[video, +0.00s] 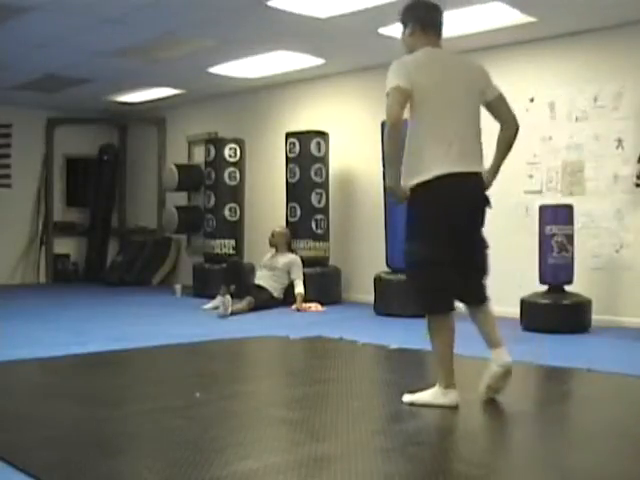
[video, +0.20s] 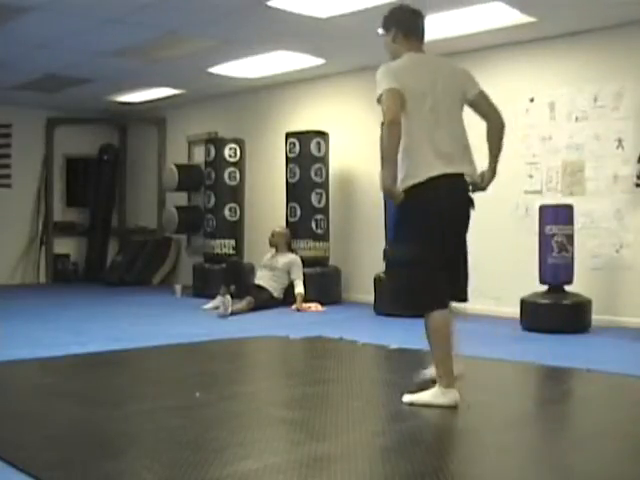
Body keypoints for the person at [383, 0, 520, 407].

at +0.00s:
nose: (402, 40)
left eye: (403, 33)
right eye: (403, 34)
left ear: (413, 31)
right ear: (438, 30)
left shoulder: (405, 66)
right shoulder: (470, 67)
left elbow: (393, 121)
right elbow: (510, 123)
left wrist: (392, 179)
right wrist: (491, 173)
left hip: (431, 190)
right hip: (470, 187)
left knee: (435, 288)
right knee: (468, 281)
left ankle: (444, 387)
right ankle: (499, 353)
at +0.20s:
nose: (385, 45)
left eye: (386, 38)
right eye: (386, 39)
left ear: (395, 36)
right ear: (421, 36)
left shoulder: (392, 71)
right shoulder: (453, 71)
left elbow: (392, 120)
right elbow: (495, 119)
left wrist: (388, 182)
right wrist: (490, 170)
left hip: (422, 193)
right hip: (456, 190)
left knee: (431, 291)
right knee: (437, 286)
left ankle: (445, 386)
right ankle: (443, 368)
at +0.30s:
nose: (378, 51)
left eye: (378, 44)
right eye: (378, 45)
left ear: (390, 39)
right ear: (413, 38)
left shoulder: (388, 74)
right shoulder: (447, 76)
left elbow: (384, 128)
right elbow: (485, 129)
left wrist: (374, 186)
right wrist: (473, 177)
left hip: (413, 197)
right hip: (447, 194)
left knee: (431, 294)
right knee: (424, 286)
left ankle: (445, 386)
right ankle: (419, 365)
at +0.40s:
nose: (369, 55)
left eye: (371, 46)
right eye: (367, 47)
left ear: (389, 41)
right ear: (404, 42)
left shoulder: (383, 76)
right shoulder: (439, 80)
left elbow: (376, 131)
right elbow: (472, 141)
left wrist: (360, 185)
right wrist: (449, 179)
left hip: (403, 199)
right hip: (436, 197)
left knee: (425, 294)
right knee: (413, 288)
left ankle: (444, 385)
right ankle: (400, 366)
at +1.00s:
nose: (330, 56)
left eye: (336, 48)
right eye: (325, 50)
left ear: (355, 46)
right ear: (322, 54)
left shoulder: (380, 83)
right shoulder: (338, 100)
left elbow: (412, 132)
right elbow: (333, 153)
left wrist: (407, 185)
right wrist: (318, 187)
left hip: (376, 198)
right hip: (348, 200)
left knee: (360, 287)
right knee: (369, 287)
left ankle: (350, 371)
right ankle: (393, 364)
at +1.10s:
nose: (331, 55)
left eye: (337, 48)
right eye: (326, 49)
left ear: (355, 48)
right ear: (321, 53)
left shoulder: (376, 87)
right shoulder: (325, 96)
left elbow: (404, 141)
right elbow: (311, 149)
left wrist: (399, 193)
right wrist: (292, 193)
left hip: (368, 202)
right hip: (335, 202)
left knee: (357, 290)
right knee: (347, 288)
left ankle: (350, 371)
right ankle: (386, 352)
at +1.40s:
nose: (336, 60)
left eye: (346, 57)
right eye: (334, 51)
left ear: (354, 61)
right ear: (324, 46)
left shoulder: (361, 95)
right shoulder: (294, 86)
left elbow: (381, 145)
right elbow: (267, 129)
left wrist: (390, 189)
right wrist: (268, 129)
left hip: (346, 205)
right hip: (301, 202)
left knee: (351, 291)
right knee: (282, 279)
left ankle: (349, 370)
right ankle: (279, 355)